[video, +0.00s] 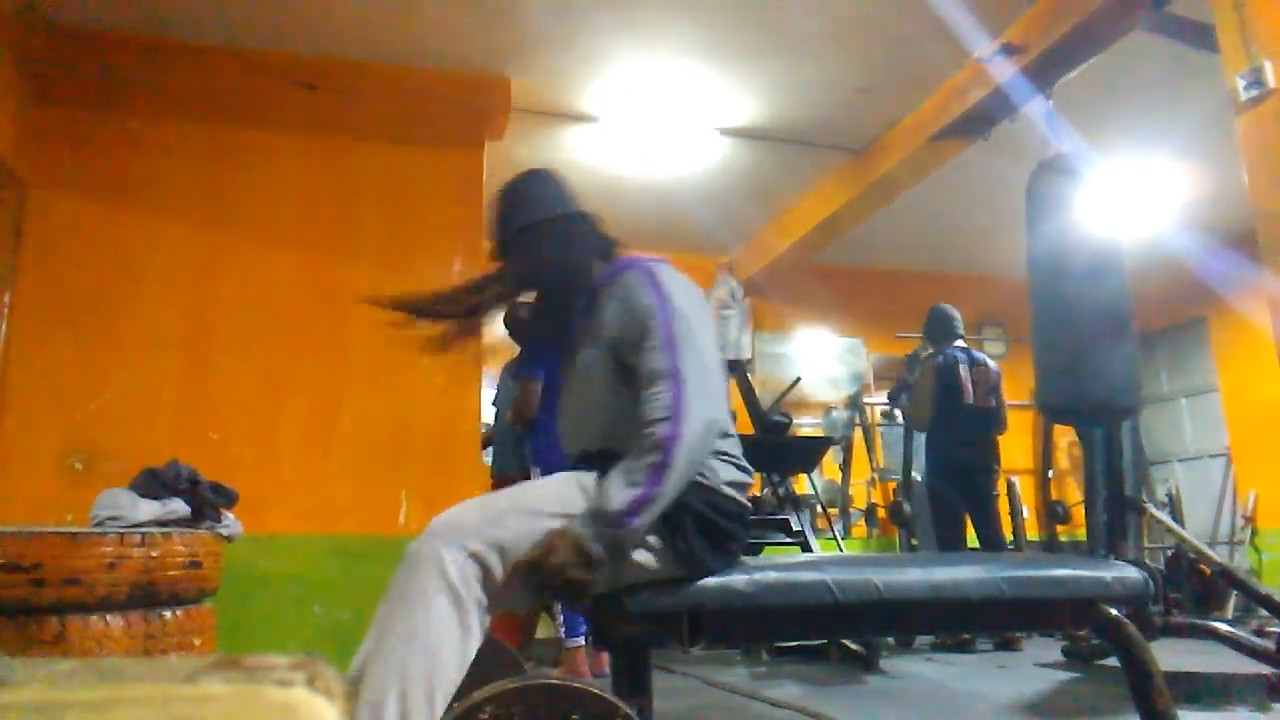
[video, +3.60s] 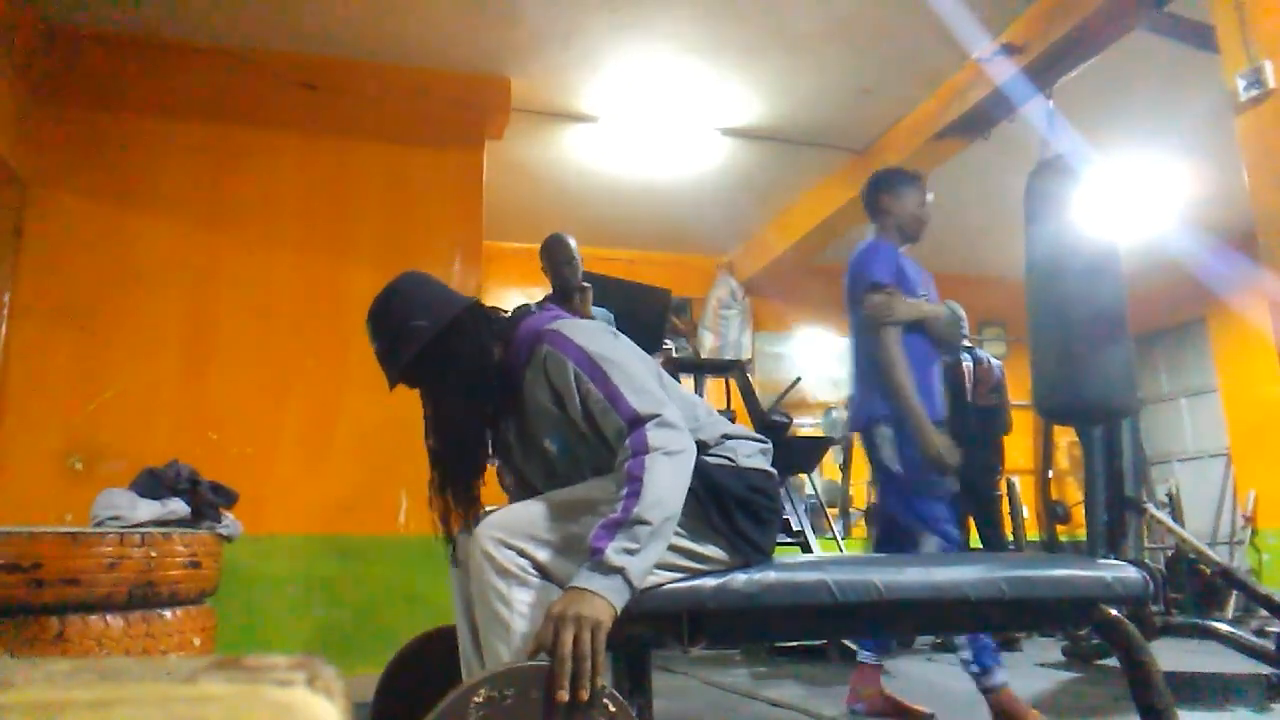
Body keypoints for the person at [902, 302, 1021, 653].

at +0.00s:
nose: (926, 341)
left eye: (926, 336)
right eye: (929, 336)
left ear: (930, 335)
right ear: (961, 330)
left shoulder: (933, 366)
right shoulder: (989, 365)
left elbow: (920, 420)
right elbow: (1001, 423)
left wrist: (904, 400)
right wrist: (970, 420)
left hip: (945, 464)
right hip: (982, 464)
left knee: (950, 546)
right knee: (994, 541)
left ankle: (956, 628)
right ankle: (1008, 625)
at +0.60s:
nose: (924, 337)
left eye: (925, 331)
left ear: (929, 332)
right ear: (959, 331)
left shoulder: (930, 367)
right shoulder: (983, 366)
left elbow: (937, 422)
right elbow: (1003, 423)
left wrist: (910, 452)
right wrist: (991, 454)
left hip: (945, 468)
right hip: (981, 466)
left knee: (950, 547)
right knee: (992, 541)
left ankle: (956, 628)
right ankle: (1008, 625)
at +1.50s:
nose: (924, 346)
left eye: (924, 340)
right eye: (926, 341)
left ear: (928, 338)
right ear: (956, 332)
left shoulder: (933, 366)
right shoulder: (988, 365)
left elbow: (918, 417)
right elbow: (996, 416)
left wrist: (908, 398)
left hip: (946, 467)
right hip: (982, 466)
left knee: (951, 546)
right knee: (993, 541)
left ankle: (958, 627)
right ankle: (1007, 625)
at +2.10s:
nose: (924, 339)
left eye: (925, 332)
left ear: (929, 332)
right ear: (960, 330)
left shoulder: (930, 364)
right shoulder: (985, 365)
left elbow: (934, 418)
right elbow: (1004, 422)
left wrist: (912, 451)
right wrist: (988, 450)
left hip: (947, 463)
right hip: (983, 463)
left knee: (951, 544)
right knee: (992, 539)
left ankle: (958, 627)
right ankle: (1007, 624)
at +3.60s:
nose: (957, 328)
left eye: (950, 325)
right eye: (959, 321)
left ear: (944, 332)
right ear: (970, 328)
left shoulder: (943, 363)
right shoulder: (992, 365)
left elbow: (942, 412)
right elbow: (1003, 421)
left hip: (951, 456)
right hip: (985, 461)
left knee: (953, 543)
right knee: (995, 540)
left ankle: (952, 624)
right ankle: (1007, 621)